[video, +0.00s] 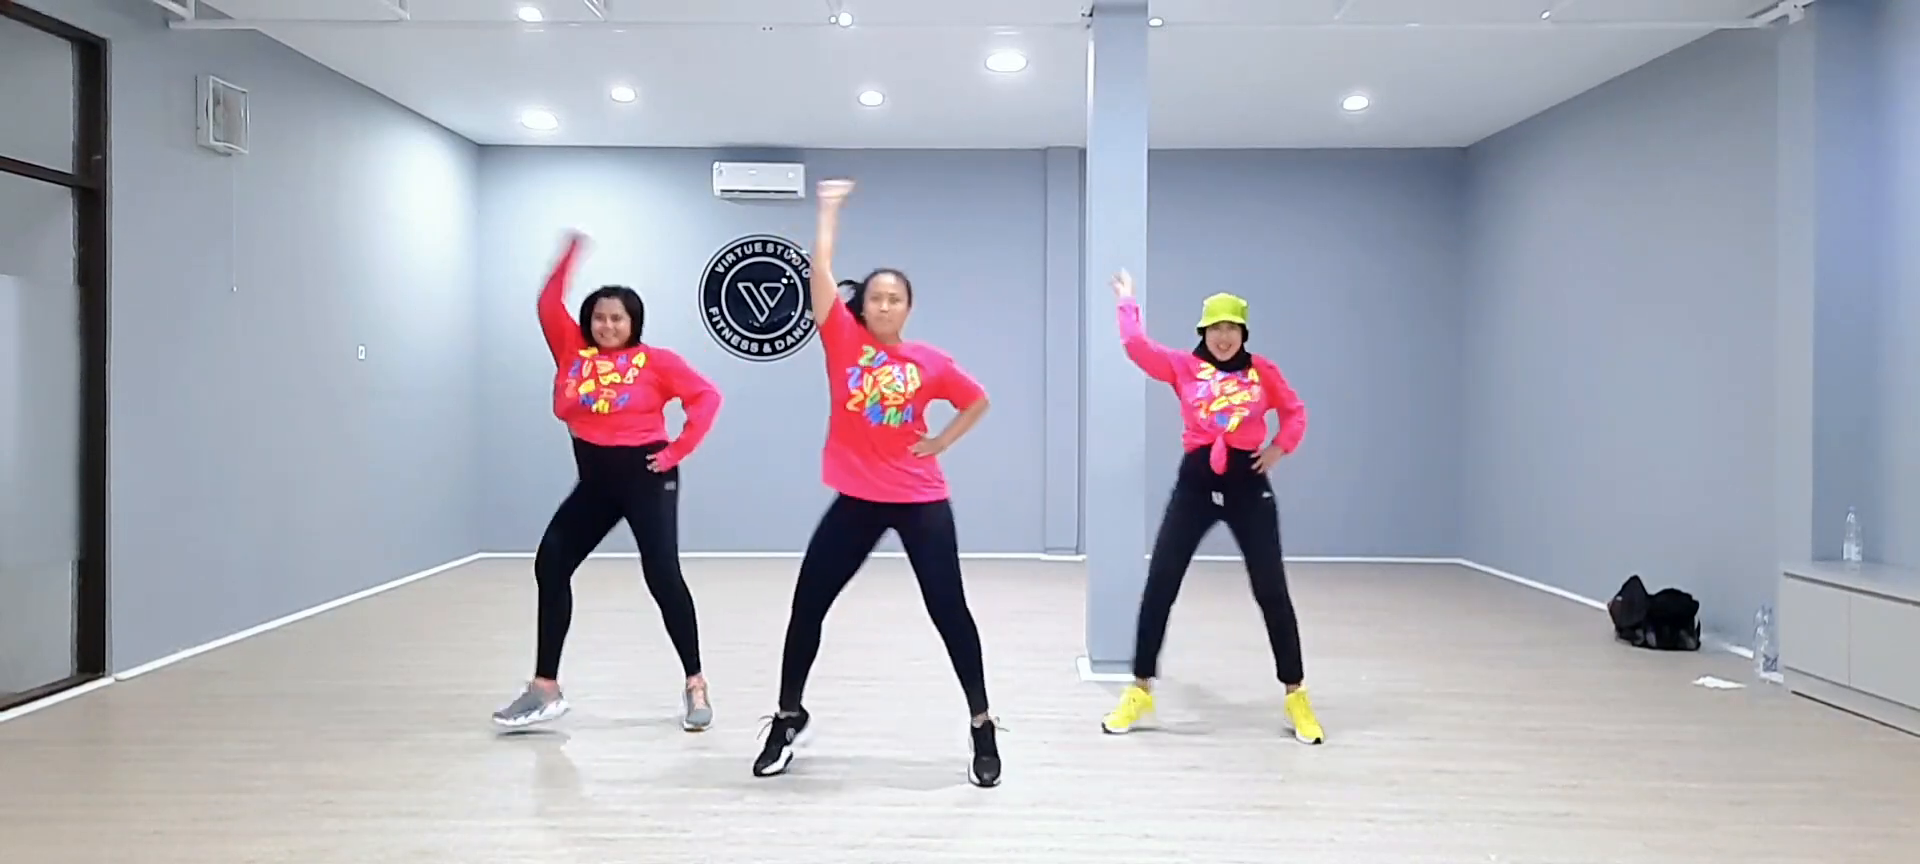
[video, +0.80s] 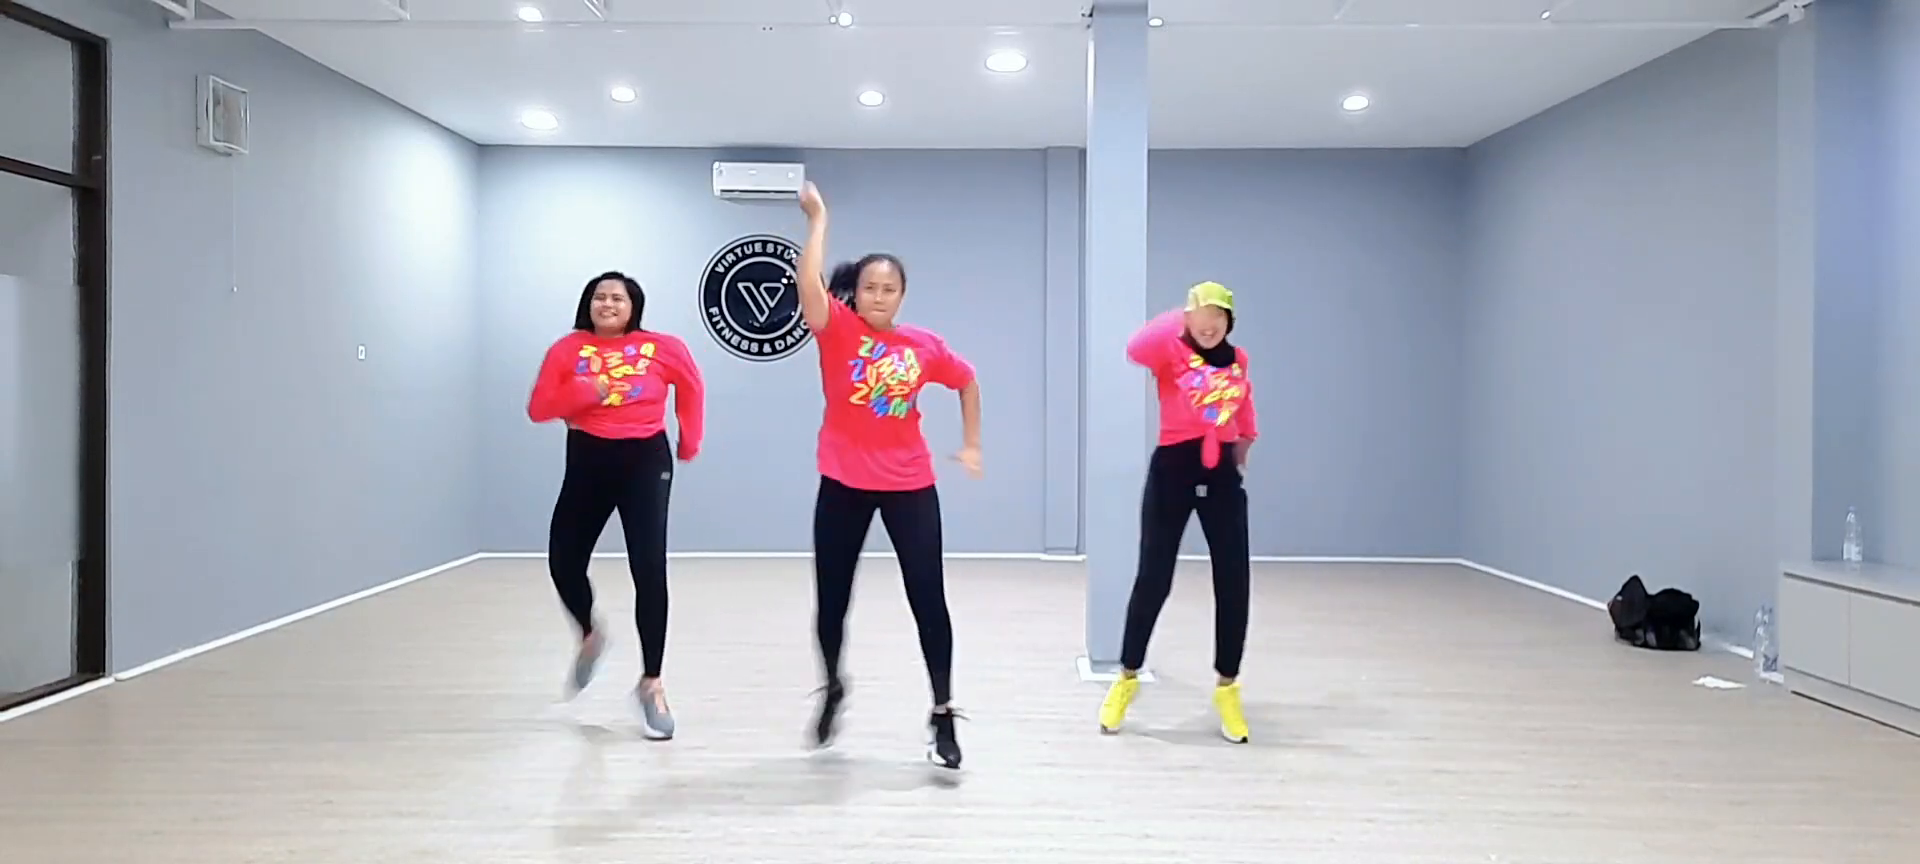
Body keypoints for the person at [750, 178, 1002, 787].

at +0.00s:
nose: (886, 306)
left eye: (896, 299)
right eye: (877, 298)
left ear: (909, 309)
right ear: (861, 306)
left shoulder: (927, 362)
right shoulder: (842, 342)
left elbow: (977, 401)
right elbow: (821, 274)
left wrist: (940, 443)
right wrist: (828, 210)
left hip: (920, 500)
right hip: (858, 499)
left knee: (948, 608)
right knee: (808, 600)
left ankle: (982, 723)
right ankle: (788, 715)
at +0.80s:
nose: (877, 297)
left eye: (888, 290)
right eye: (869, 289)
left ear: (902, 297)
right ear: (853, 294)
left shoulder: (922, 347)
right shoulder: (834, 330)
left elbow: (968, 384)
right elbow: (808, 284)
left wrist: (970, 445)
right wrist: (817, 218)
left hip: (909, 485)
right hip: (843, 484)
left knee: (928, 597)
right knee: (831, 601)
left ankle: (943, 714)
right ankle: (832, 688)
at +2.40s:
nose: (903, 302)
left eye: (912, 294)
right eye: (895, 295)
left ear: (931, 305)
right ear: (884, 305)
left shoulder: (951, 353)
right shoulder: (876, 355)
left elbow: (1007, 390)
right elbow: (861, 412)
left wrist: (980, 432)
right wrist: (840, 382)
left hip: (957, 492)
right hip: (913, 500)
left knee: (919, 593)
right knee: (925, 603)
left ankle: (955, 716)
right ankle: (948, 718)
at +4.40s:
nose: (917, 332)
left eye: (929, 322)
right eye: (907, 321)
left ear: (947, 329)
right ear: (892, 327)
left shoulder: (963, 406)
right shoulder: (858, 374)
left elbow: (963, 486)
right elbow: (818, 443)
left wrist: (947, 546)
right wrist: (809, 516)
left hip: (922, 549)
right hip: (850, 543)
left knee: (909, 672)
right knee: (834, 667)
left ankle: (917, 811)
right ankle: (825, 812)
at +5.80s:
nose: (887, 291)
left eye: (896, 282)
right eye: (877, 283)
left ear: (911, 290)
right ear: (863, 291)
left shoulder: (935, 343)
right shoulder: (845, 340)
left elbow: (994, 378)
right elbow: (811, 371)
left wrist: (1021, 442)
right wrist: (784, 381)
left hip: (942, 481)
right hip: (882, 489)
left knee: (938, 583)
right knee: (886, 602)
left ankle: (954, 707)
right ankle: (901, 700)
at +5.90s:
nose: (894, 304)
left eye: (904, 293)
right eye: (884, 295)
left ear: (922, 297)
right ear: (872, 301)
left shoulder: (946, 354)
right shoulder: (851, 344)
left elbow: (1011, 388)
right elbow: (810, 366)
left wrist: (1053, 439)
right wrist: (770, 404)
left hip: (945, 499)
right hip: (885, 505)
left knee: (949, 611)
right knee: (906, 619)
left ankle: (973, 737)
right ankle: (943, 714)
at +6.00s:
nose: (885, 341)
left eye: (895, 330)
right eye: (878, 331)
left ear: (923, 328)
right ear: (873, 331)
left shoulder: (952, 390)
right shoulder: (861, 376)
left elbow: (1011, 440)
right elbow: (832, 404)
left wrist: (1060, 482)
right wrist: (803, 438)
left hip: (952, 536)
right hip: (891, 540)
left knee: (957, 647)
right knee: (905, 649)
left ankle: (976, 755)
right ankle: (947, 722)